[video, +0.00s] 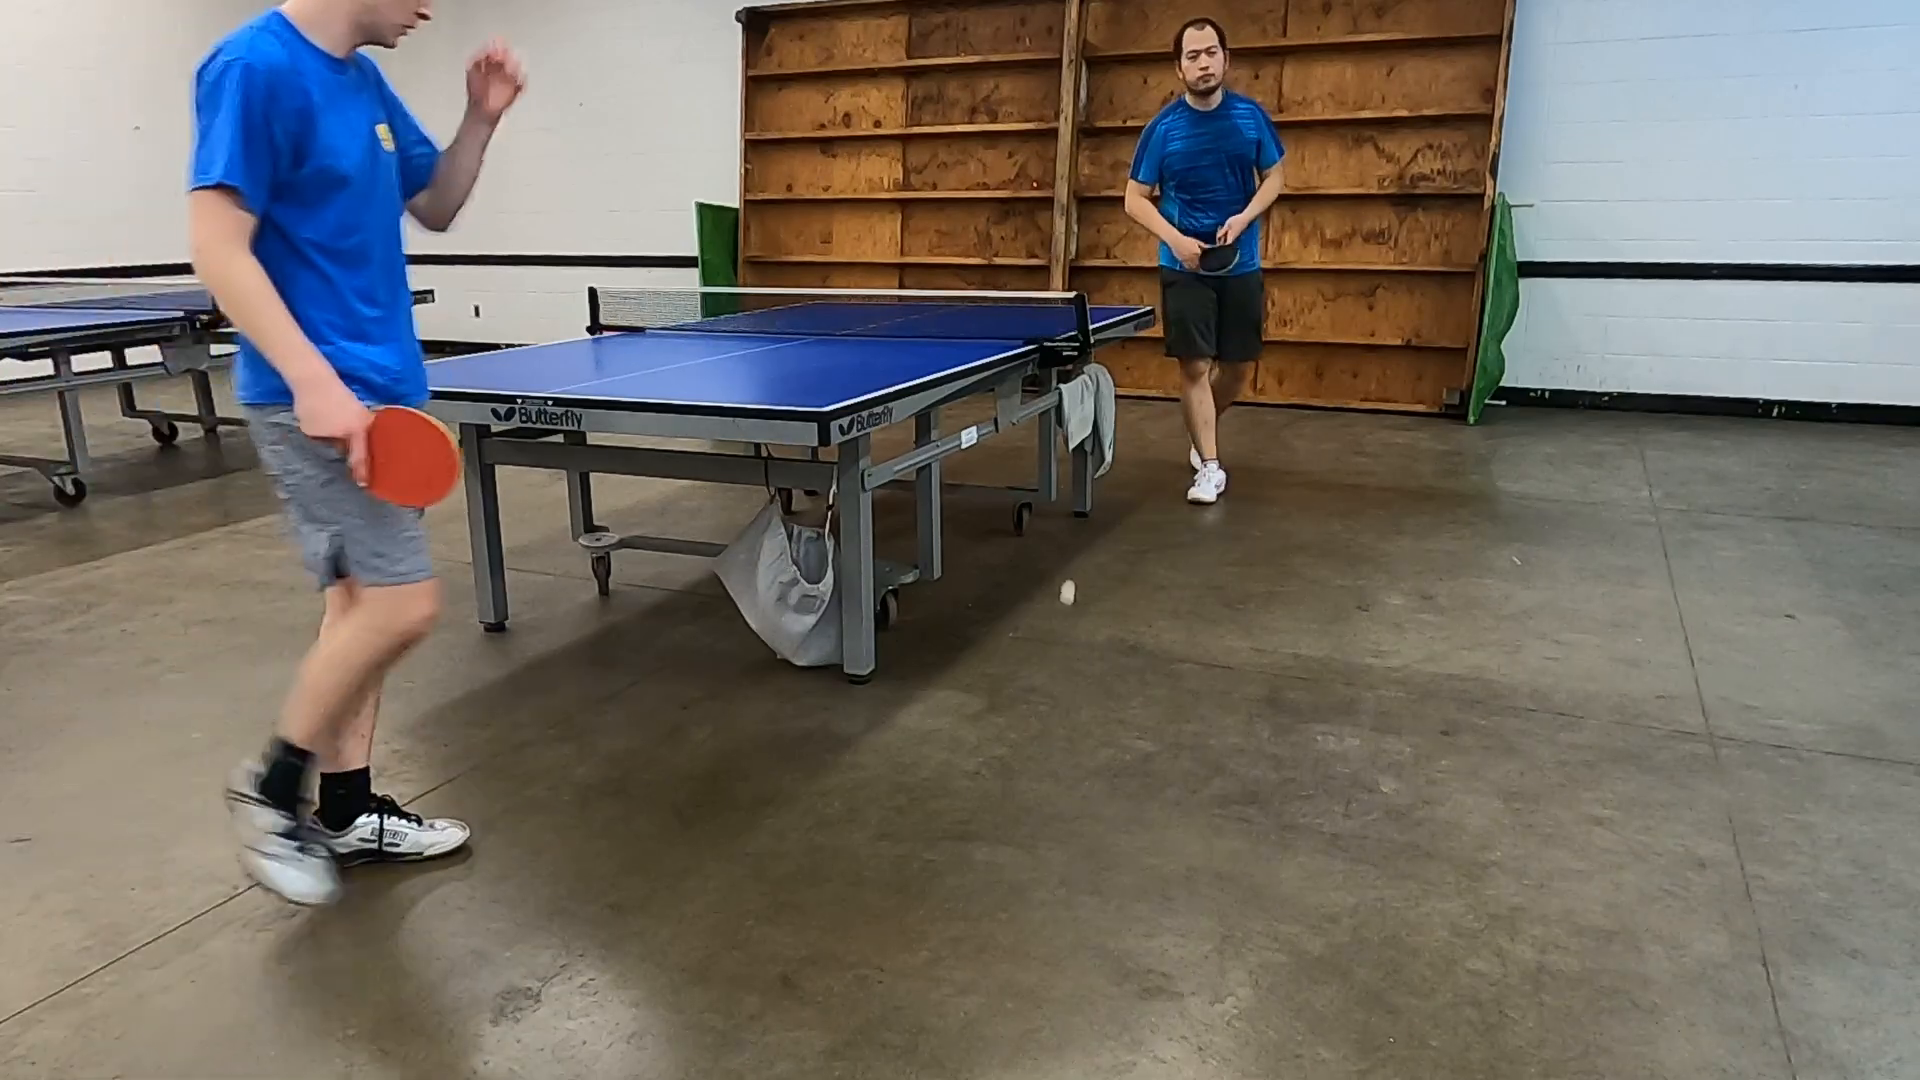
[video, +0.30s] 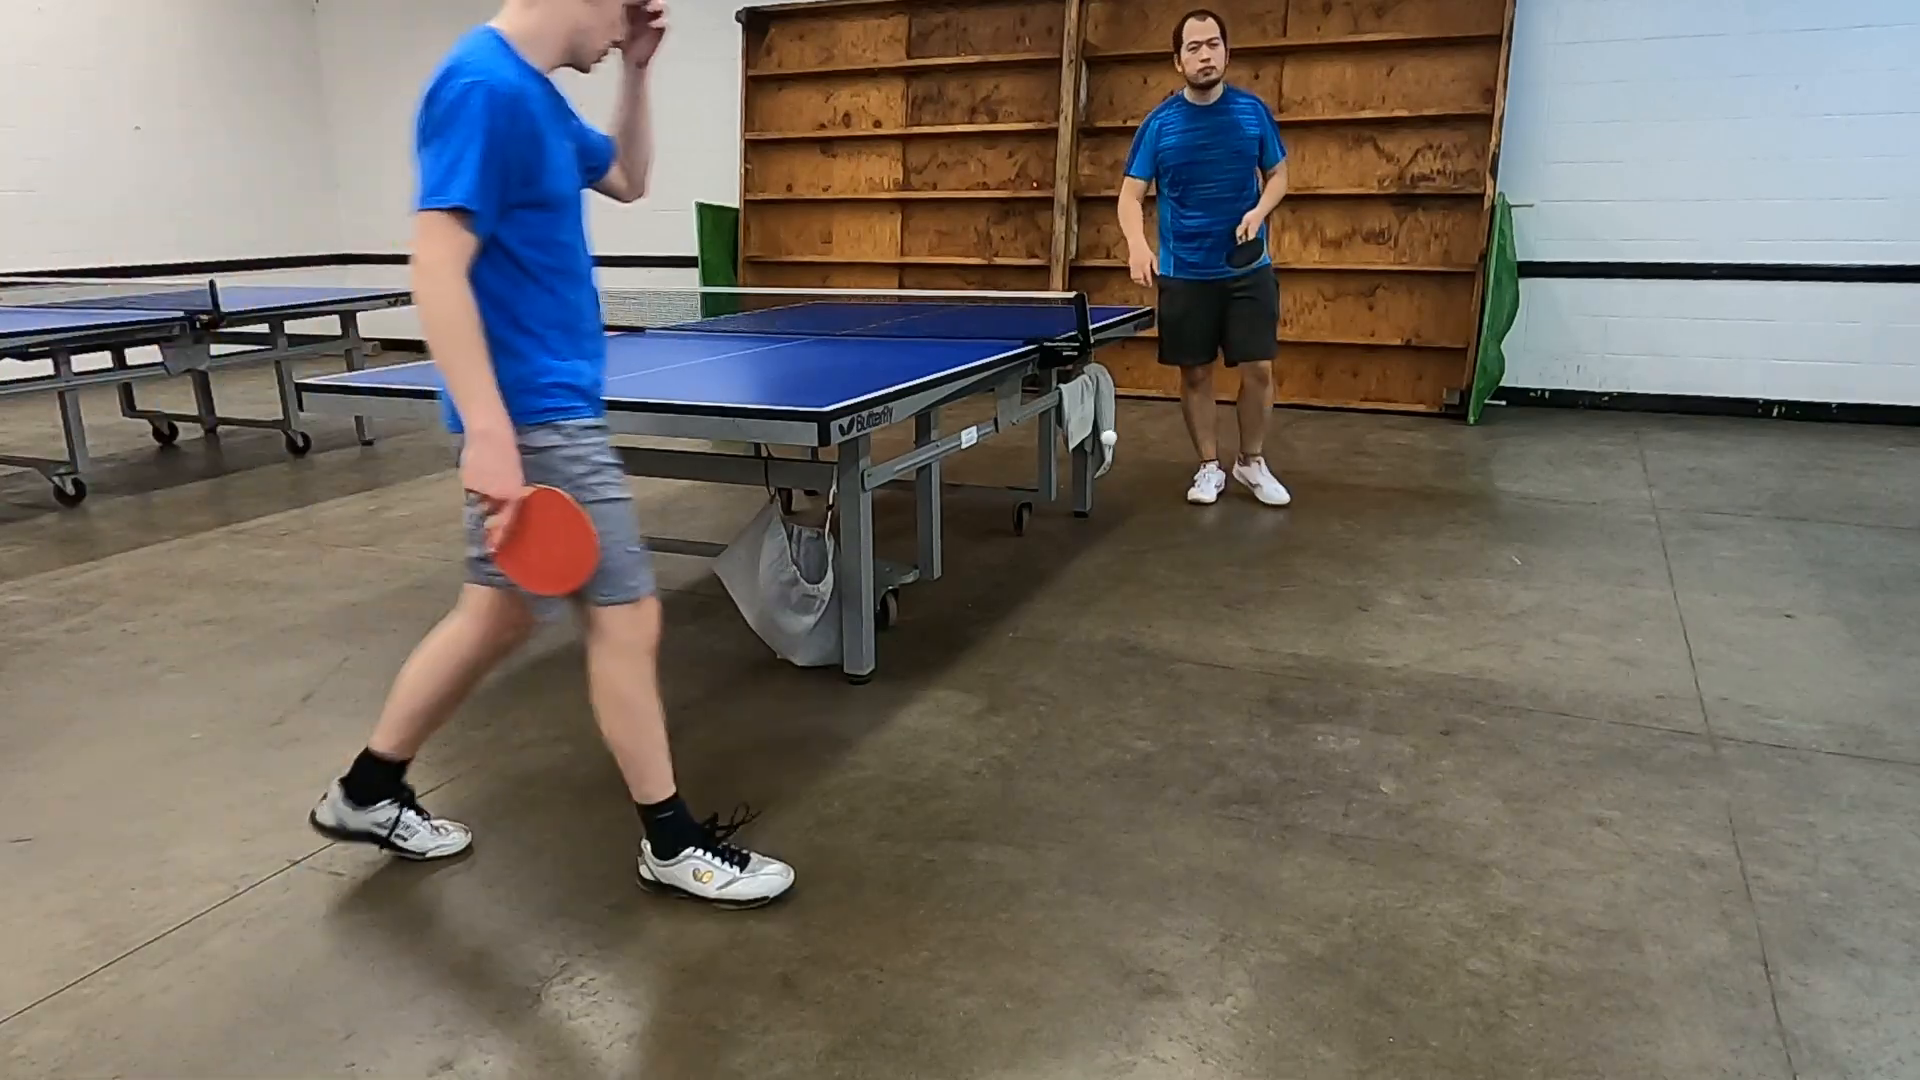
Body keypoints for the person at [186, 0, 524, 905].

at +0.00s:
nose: (426, 10)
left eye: (428, 0)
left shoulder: (361, 77)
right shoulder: (251, 68)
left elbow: (434, 207)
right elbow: (217, 249)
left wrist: (479, 119)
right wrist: (312, 381)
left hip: (381, 385)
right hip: (308, 393)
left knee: (356, 599)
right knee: (403, 603)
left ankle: (347, 809)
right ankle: (273, 791)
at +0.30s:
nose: (623, 37)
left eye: (628, 25)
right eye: (623, 16)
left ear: (569, 6)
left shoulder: (530, 90)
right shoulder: (483, 85)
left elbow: (626, 178)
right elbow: (434, 269)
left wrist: (636, 70)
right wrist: (487, 430)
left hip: (547, 408)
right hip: (541, 417)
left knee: (495, 612)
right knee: (626, 613)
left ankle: (368, 788)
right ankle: (671, 837)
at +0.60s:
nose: (821, 13)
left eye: (825, 7)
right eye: (821, 2)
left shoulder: (673, 37)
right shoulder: (737, 39)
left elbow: (686, 226)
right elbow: (721, 223)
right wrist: (780, 387)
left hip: (703, 377)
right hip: (714, 382)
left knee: (806, 546)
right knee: (725, 608)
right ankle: (680, 830)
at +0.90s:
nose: (952, 13)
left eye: (950, 7)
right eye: (951, 5)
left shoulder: (815, 67)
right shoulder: (915, 56)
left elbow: (836, 241)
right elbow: (944, 231)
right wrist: (1053, 354)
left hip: (854, 377)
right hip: (912, 380)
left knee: (939, 573)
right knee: (981, 587)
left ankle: (949, 761)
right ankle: (811, 750)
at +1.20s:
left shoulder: (910, 60)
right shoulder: (1071, 51)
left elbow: (831, 201)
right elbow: (1086, 223)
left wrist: (898, 301)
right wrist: (1157, 347)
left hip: (938, 368)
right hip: (1038, 367)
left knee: (971, 557)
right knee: (1088, 567)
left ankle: (950, 767)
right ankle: (1120, 781)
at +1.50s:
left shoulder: (974, 37)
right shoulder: (1158, 58)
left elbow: (901, 156)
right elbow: (1201, 224)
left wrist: (920, 281)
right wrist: (1231, 345)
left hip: (1001, 351)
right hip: (1113, 354)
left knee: (981, 562)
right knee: (1118, 565)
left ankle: (969, 773)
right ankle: (1122, 784)